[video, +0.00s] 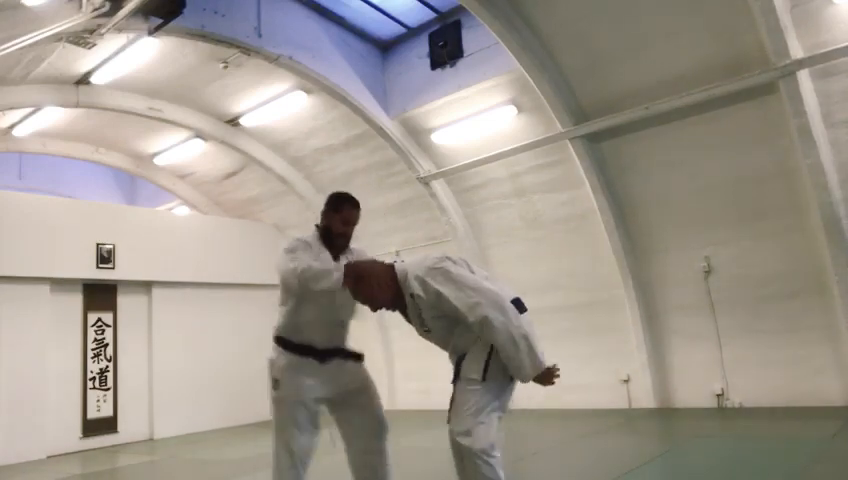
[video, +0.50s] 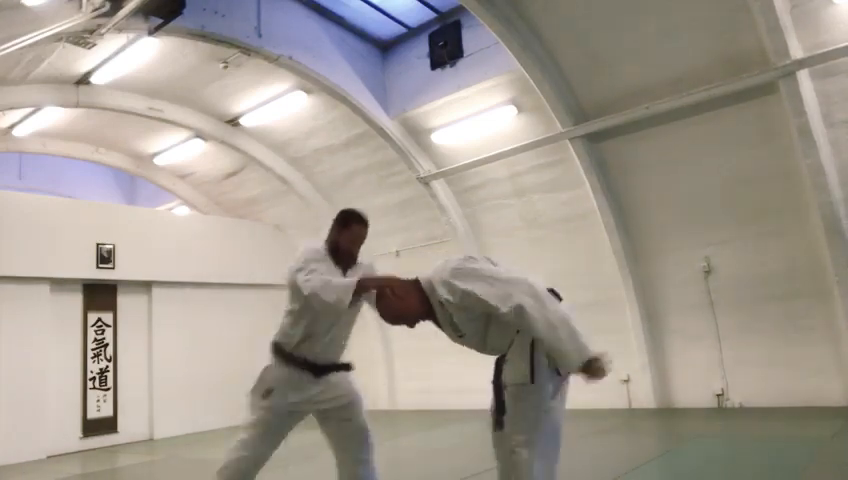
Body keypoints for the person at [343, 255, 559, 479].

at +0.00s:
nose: (373, 307)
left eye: (367, 298)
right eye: (365, 303)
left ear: (376, 278)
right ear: (378, 276)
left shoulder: (430, 274)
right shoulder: (407, 293)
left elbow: (492, 310)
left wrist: (531, 366)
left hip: (491, 336)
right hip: (472, 344)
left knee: (468, 431)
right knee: (463, 431)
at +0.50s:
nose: (407, 325)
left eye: (396, 318)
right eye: (398, 323)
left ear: (397, 293)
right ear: (400, 291)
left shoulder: (451, 279)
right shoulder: (441, 307)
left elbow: (525, 297)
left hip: (532, 337)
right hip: (514, 346)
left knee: (525, 440)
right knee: (507, 437)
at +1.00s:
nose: (429, 307)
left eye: (422, 299)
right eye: (421, 304)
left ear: (425, 273)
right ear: (427, 270)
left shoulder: (481, 262)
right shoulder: (463, 289)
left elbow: (551, 294)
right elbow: (515, 340)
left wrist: (584, 362)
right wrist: (518, 394)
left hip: (555, 330)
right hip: (536, 338)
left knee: (537, 428)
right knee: (534, 427)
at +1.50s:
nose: (499, 310)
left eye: (490, 303)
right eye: (490, 309)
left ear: (488, 278)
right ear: (488, 276)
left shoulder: (551, 264)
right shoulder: (528, 285)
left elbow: (636, 296)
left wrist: (684, 357)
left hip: (629, 330)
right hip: (601, 341)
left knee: (620, 440)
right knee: (596, 431)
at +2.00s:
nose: (540, 303)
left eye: (533, 296)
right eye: (531, 300)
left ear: (537, 270)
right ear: (536, 264)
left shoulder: (594, 259)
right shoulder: (574, 265)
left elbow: (609, 340)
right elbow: (602, 327)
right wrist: (579, 354)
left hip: (684, 318)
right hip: (656, 324)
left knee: (669, 435)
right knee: (652, 433)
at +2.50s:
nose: (588, 290)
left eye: (585, 281)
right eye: (580, 287)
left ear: (591, 251)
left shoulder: (651, 240)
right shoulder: (599, 271)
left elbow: (750, 263)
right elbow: (625, 316)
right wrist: (637, 355)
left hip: (711, 327)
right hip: (664, 340)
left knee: (712, 436)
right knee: (671, 435)